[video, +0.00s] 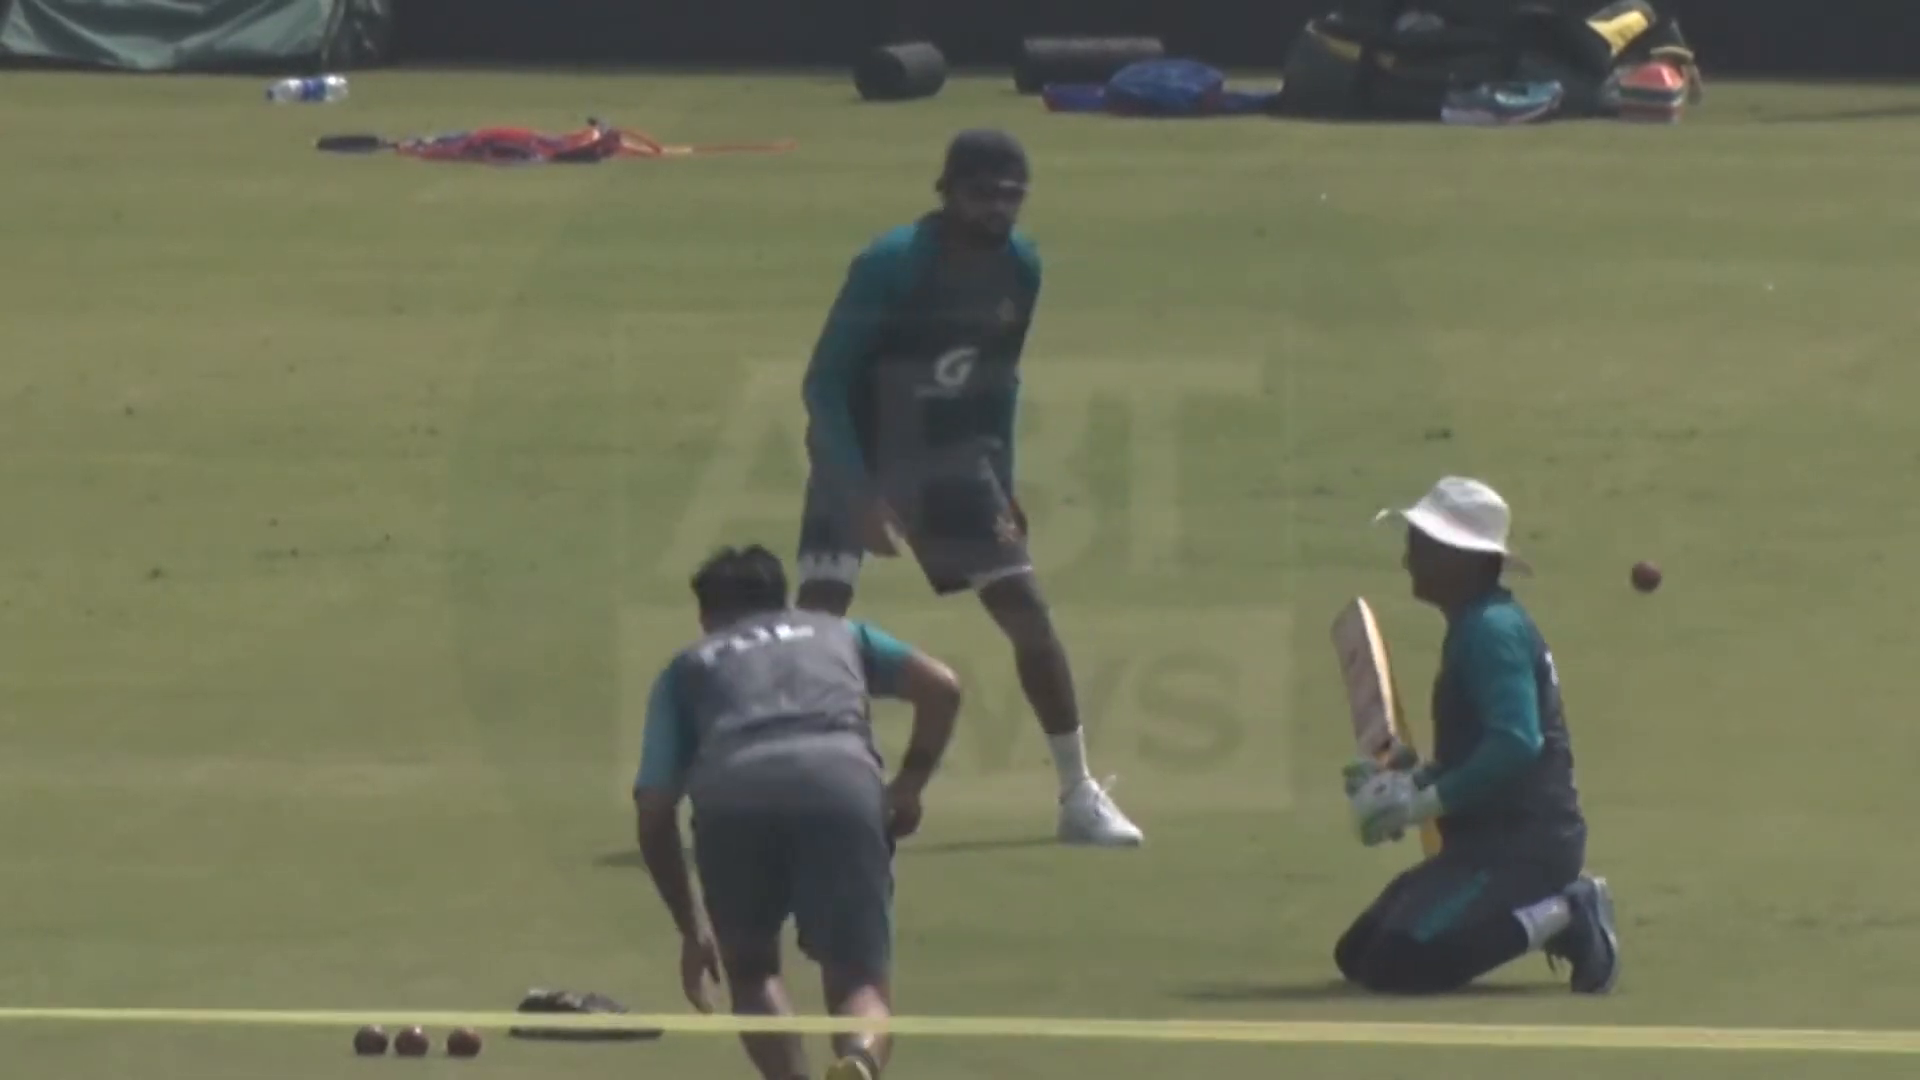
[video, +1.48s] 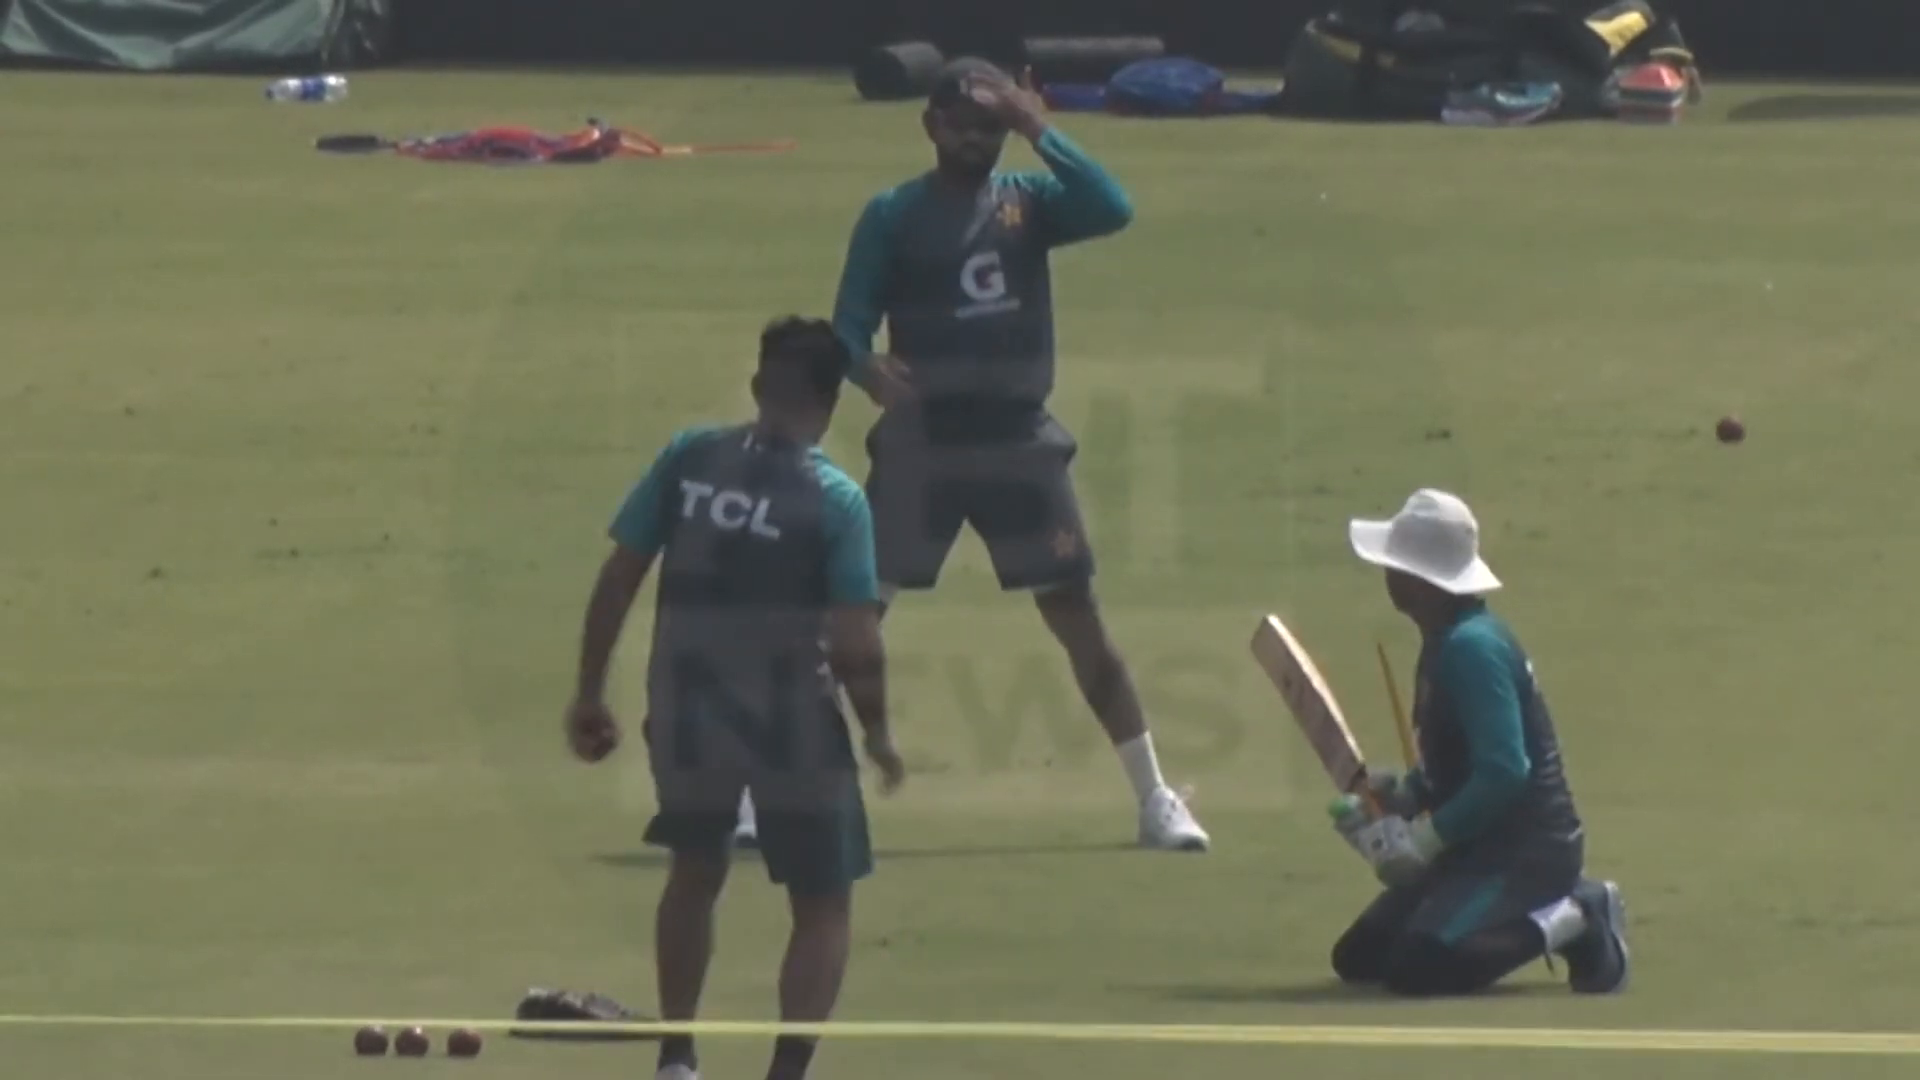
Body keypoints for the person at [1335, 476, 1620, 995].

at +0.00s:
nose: (1407, 556)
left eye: (1421, 543)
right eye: (1410, 541)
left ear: (1463, 557)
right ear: (1462, 558)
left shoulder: (1492, 628)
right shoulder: (1472, 627)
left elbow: (1517, 744)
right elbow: (1483, 760)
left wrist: (1420, 804)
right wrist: (1416, 776)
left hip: (1523, 854)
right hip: (1489, 850)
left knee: (1392, 967)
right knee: (1358, 955)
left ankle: (1565, 913)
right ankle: (1546, 912)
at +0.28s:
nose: (1460, 560)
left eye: (1478, 547)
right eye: (1451, 547)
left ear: (1515, 562)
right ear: (1438, 559)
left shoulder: (1520, 637)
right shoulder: (1476, 635)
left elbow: (1554, 756)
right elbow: (1489, 761)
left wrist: (1457, 821)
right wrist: (1429, 778)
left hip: (1537, 853)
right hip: (1493, 847)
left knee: (1419, 968)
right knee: (1360, 956)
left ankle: (1578, 918)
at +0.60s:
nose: (1434, 572)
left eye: (1452, 558)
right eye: (1427, 557)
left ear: (1493, 571)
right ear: (1416, 563)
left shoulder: (1512, 651)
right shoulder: (1450, 637)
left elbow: (1543, 778)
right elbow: (1451, 751)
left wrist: (1448, 836)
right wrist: (1404, 793)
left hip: (1532, 857)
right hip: (1478, 849)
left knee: (1416, 971)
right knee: (1358, 958)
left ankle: (1577, 917)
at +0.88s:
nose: (1416, 582)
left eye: (1434, 568)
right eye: (1410, 566)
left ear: (1475, 577)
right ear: (1400, 570)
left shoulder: (1500, 655)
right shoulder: (1438, 643)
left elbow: (1529, 784)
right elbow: (1436, 754)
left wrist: (1436, 845)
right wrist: (1389, 800)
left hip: (1533, 859)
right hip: (1478, 852)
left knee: (1416, 971)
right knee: (1358, 958)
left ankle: (1579, 917)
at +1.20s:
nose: (1408, 579)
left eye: (1428, 564)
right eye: (1402, 564)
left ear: (1467, 573)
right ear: (1392, 571)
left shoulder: (1487, 650)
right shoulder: (1434, 645)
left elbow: (1520, 777)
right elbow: (1444, 759)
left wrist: (1432, 844)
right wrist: (1397, 800)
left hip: (1530, 856)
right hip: (1480, 848)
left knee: (1415, 970)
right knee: (1358, 958)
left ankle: (1578, 918)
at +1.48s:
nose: (1386, 579)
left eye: (1394, 568)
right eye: (1388, 567)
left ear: (1421, 578)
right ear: (1442, 577)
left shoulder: (1471, 647)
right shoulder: (1443, 645)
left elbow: (1505, 773)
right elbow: (1456, 768)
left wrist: (1423, 840)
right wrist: (1399, 795)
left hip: (1525, 856)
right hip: (1484, 849)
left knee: (1415, 971)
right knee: (1358, 958)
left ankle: (1577, 917)